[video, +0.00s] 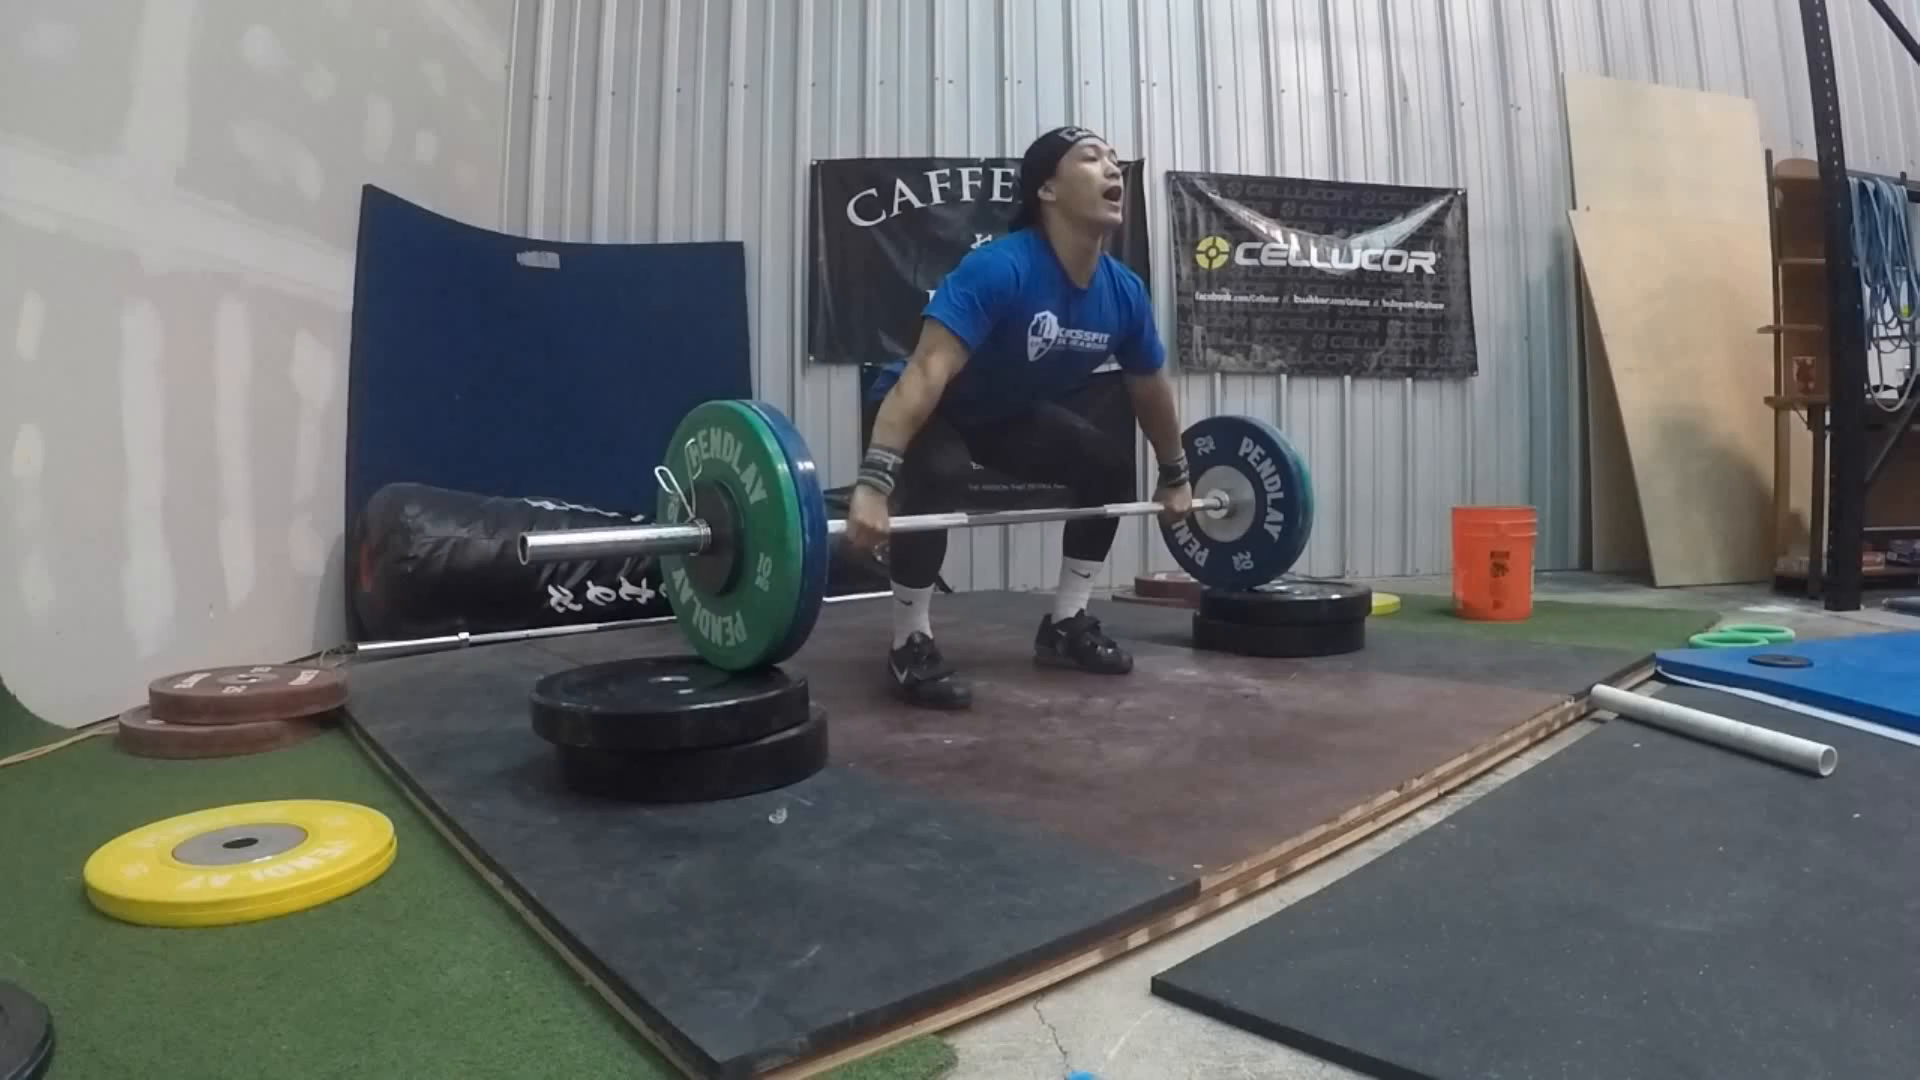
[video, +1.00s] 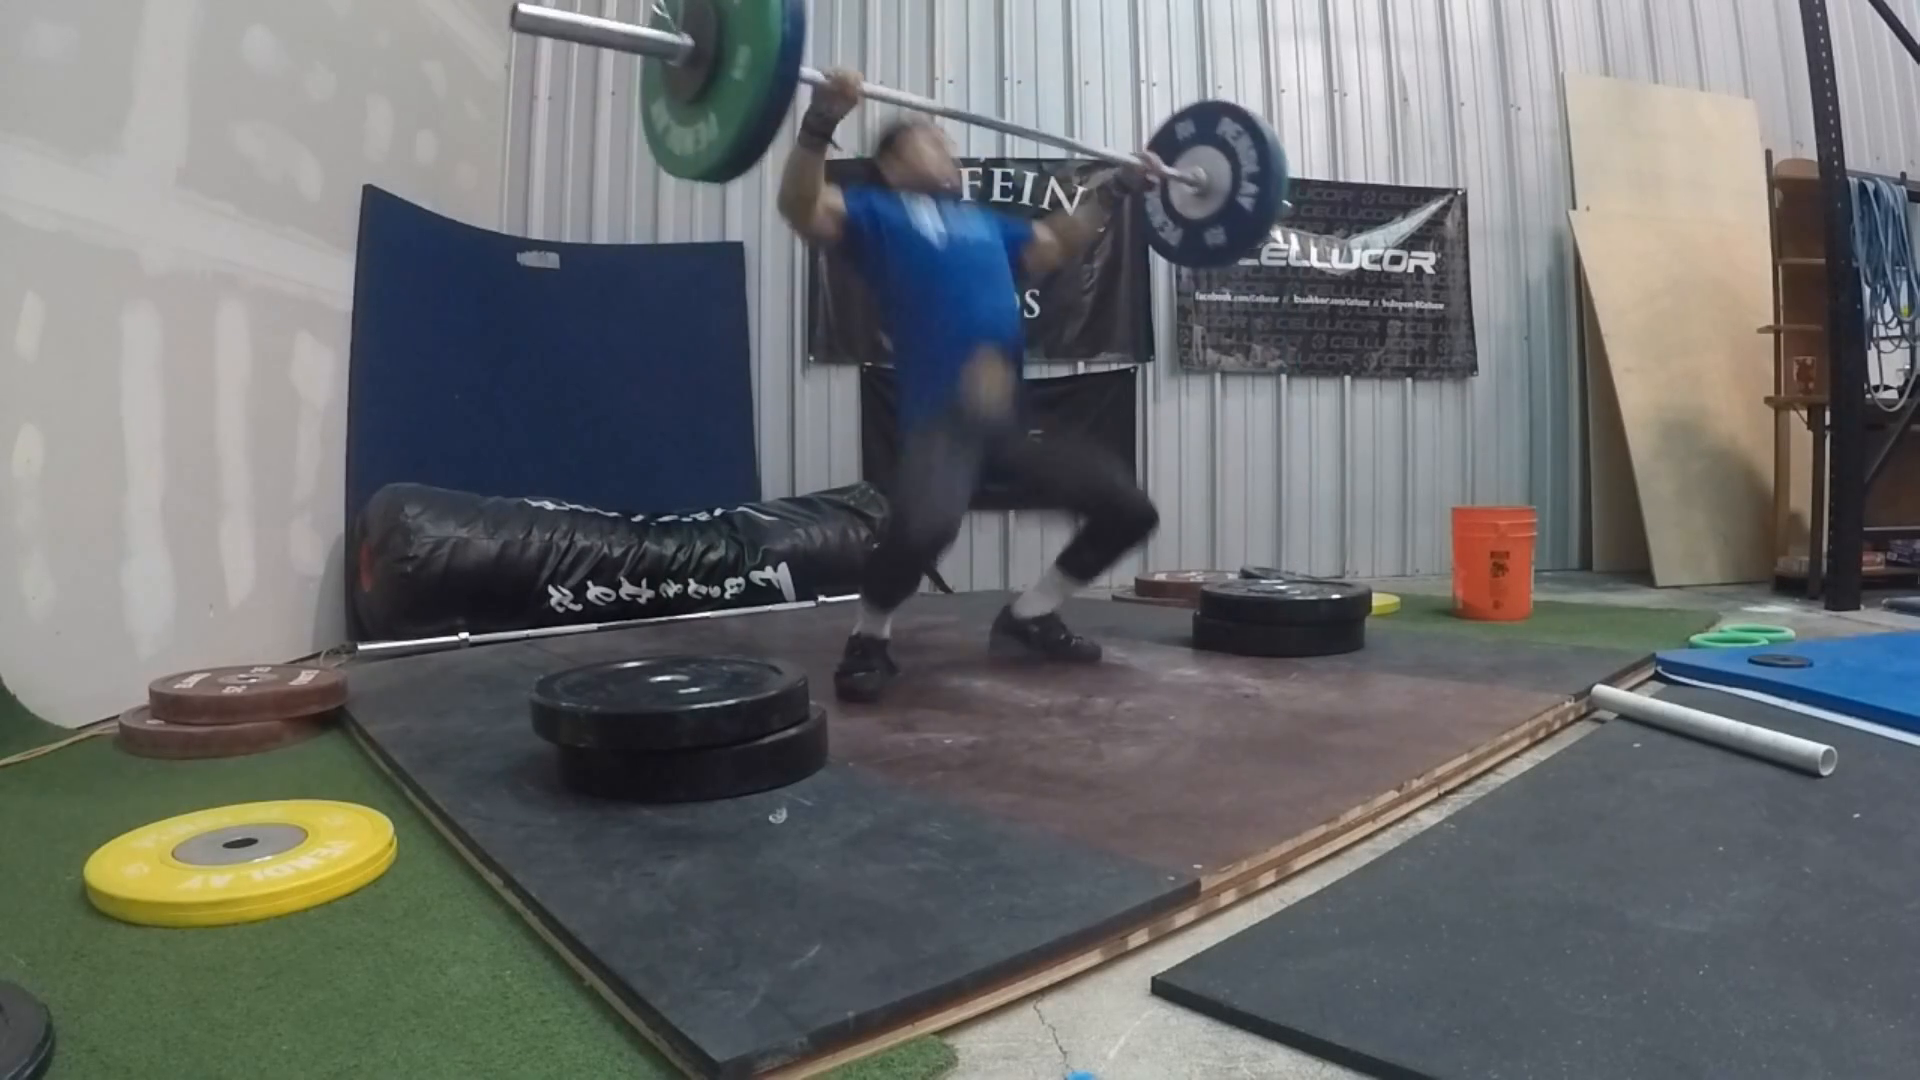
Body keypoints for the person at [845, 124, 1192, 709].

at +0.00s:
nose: (1114, 168)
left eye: (1114, 160)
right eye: (1092, 159)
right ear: (1048, 191)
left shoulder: (1124, 293)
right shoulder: (997, 268)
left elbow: (1150, 388)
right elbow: (928, 368)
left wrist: (1175, 476)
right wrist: (874, 480)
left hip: (1008, 415)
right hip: (930, 411)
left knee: (1109, 460)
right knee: (938, 472)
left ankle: (1066, 623)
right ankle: (911, 643)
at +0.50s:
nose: (1119, 106)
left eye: (1120, 94)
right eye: (1099, 93)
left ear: (1119, 121)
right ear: (1052, 120)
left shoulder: (1112, 221)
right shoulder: (996, 194)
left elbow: (1137, 315)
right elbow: (911, 281)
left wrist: (1162, 408)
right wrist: (873, 391)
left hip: (1005, 360)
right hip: (927, 353)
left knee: (1076, 450)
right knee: (921, 457)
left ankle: (1067, 622)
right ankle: (911, 640)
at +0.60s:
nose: (1093, 46)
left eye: (1091, 37)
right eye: (1072, 37)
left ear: (1093, 69)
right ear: (1031, 67)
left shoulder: (1103, 171)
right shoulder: (986, 143)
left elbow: (1128, 267)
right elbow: (898, 213)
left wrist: (1154, 357)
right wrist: (863, 318)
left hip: (1013, 343)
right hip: (926, 335)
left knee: (1075, 458)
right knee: (931, 464)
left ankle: (1066, 621)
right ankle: (914, 639)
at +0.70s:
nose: (1020, 15)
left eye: (1022, 9)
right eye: (1000, 9)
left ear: (1028, 35)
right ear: (964, 36)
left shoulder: (1060, 120)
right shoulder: (947, 94)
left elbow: (1100, 208)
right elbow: (870, 154)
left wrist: (1148, 295)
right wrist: (855, 247)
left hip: (1052, 325)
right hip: (974, 320)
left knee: (1120, 462)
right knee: (980, 451)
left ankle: (1078, 614)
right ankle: (922, 631)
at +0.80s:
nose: (943, 11)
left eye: (942, 7)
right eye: (924, 9)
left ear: (950, 36)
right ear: (892, 37)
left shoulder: (1005, 104)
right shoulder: (890, 75)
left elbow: (1072, 174)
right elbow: (840, 117)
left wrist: (1144, 233)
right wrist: (852, 167)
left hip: (1051, 268)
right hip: (975, 265)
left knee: (1075, 419)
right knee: (964, 414)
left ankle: (1087, 600)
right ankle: (923, 618)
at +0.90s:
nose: (914, 71)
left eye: (914, 66)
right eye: (897, 68)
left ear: (926, 89)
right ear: (867, 90)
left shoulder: (969, 144)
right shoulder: (870, 134)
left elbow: (1046, 191)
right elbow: (812, 155)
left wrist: (1137, 190)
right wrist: (837, 123)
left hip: (1024, 306)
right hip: (961, 304)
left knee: (1102, 449)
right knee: (953, 452)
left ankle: (1046, 599)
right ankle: (879, 619)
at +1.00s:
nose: (951, 152)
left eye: (948, 143)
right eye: (932, 142)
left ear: (949, 161)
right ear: (894, 161)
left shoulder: (984, 223)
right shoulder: (877, 211)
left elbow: (1049, 249)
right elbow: (799, 206)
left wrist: (1113, 190)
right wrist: (820, 123)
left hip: (1009, 427)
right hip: (937, 430)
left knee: (1129, 512)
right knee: (924, 528)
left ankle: (1030, 613)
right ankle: (869, 638)